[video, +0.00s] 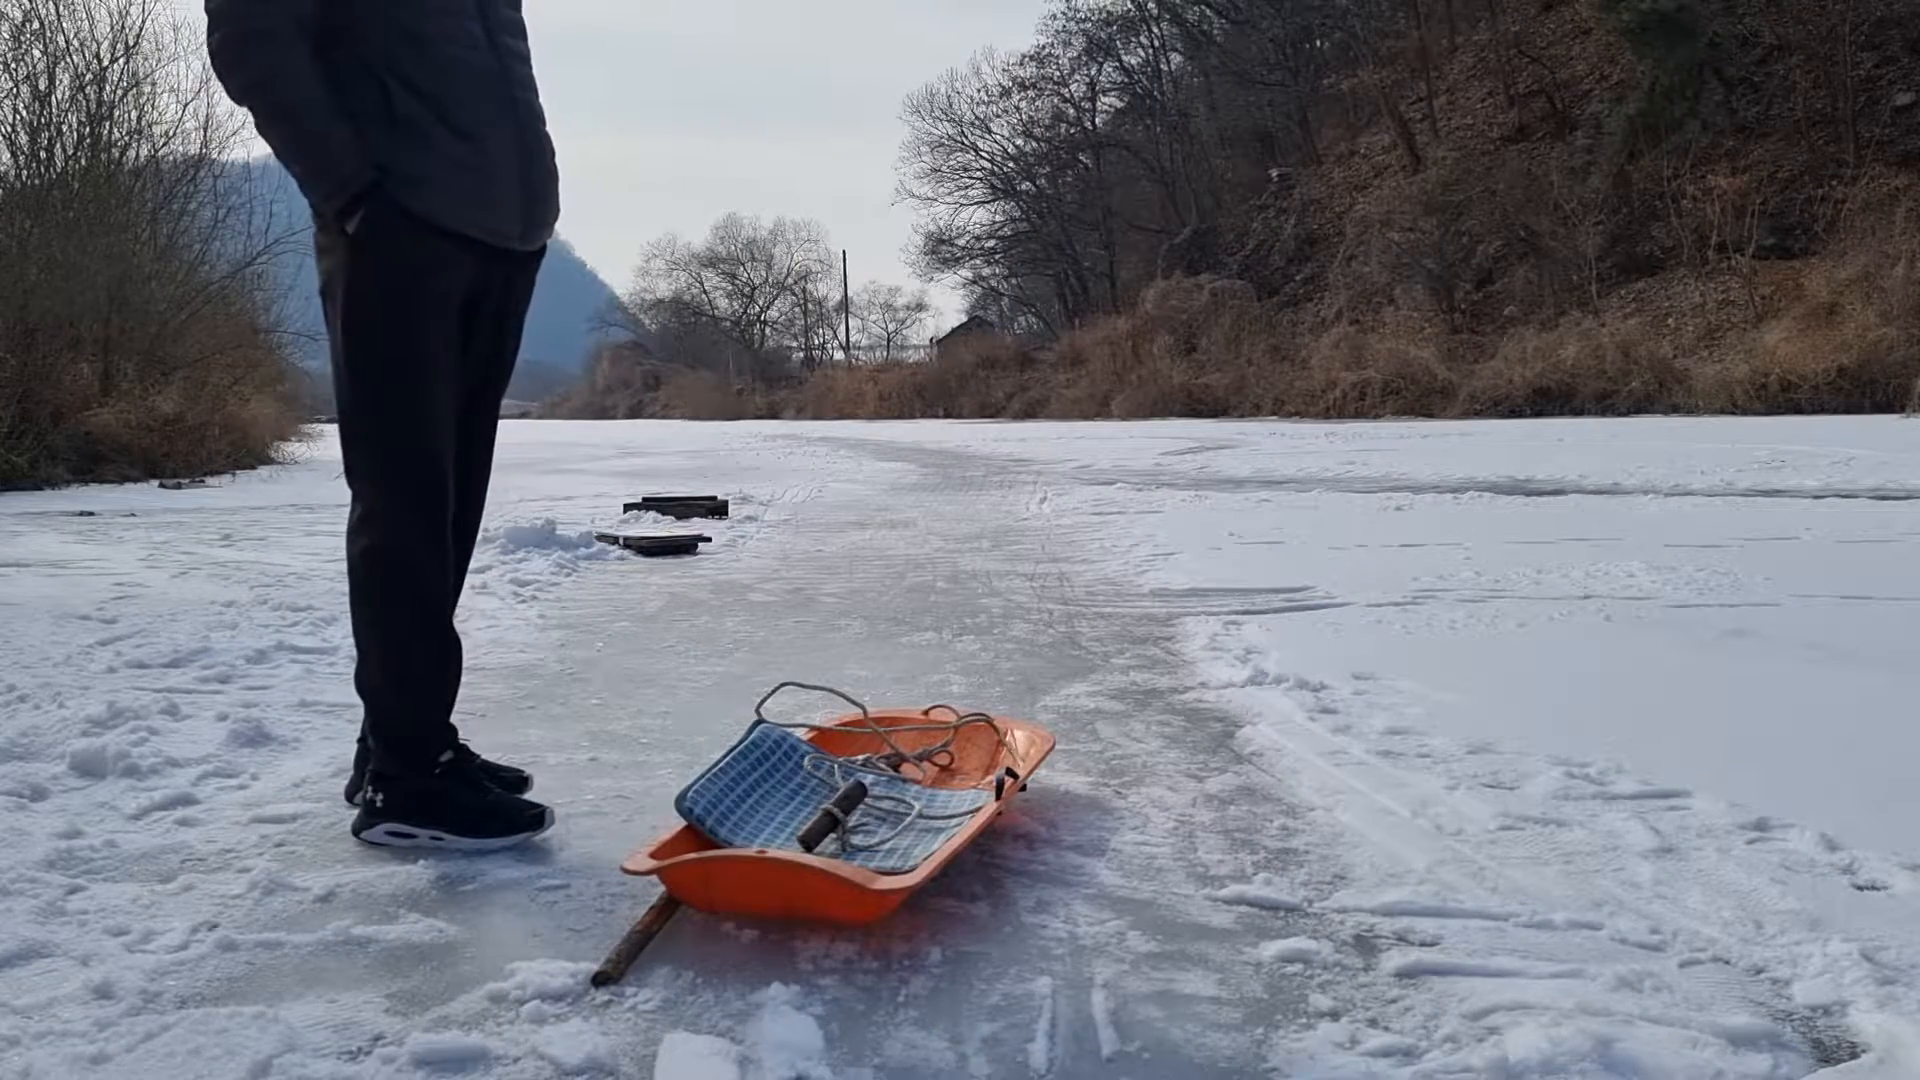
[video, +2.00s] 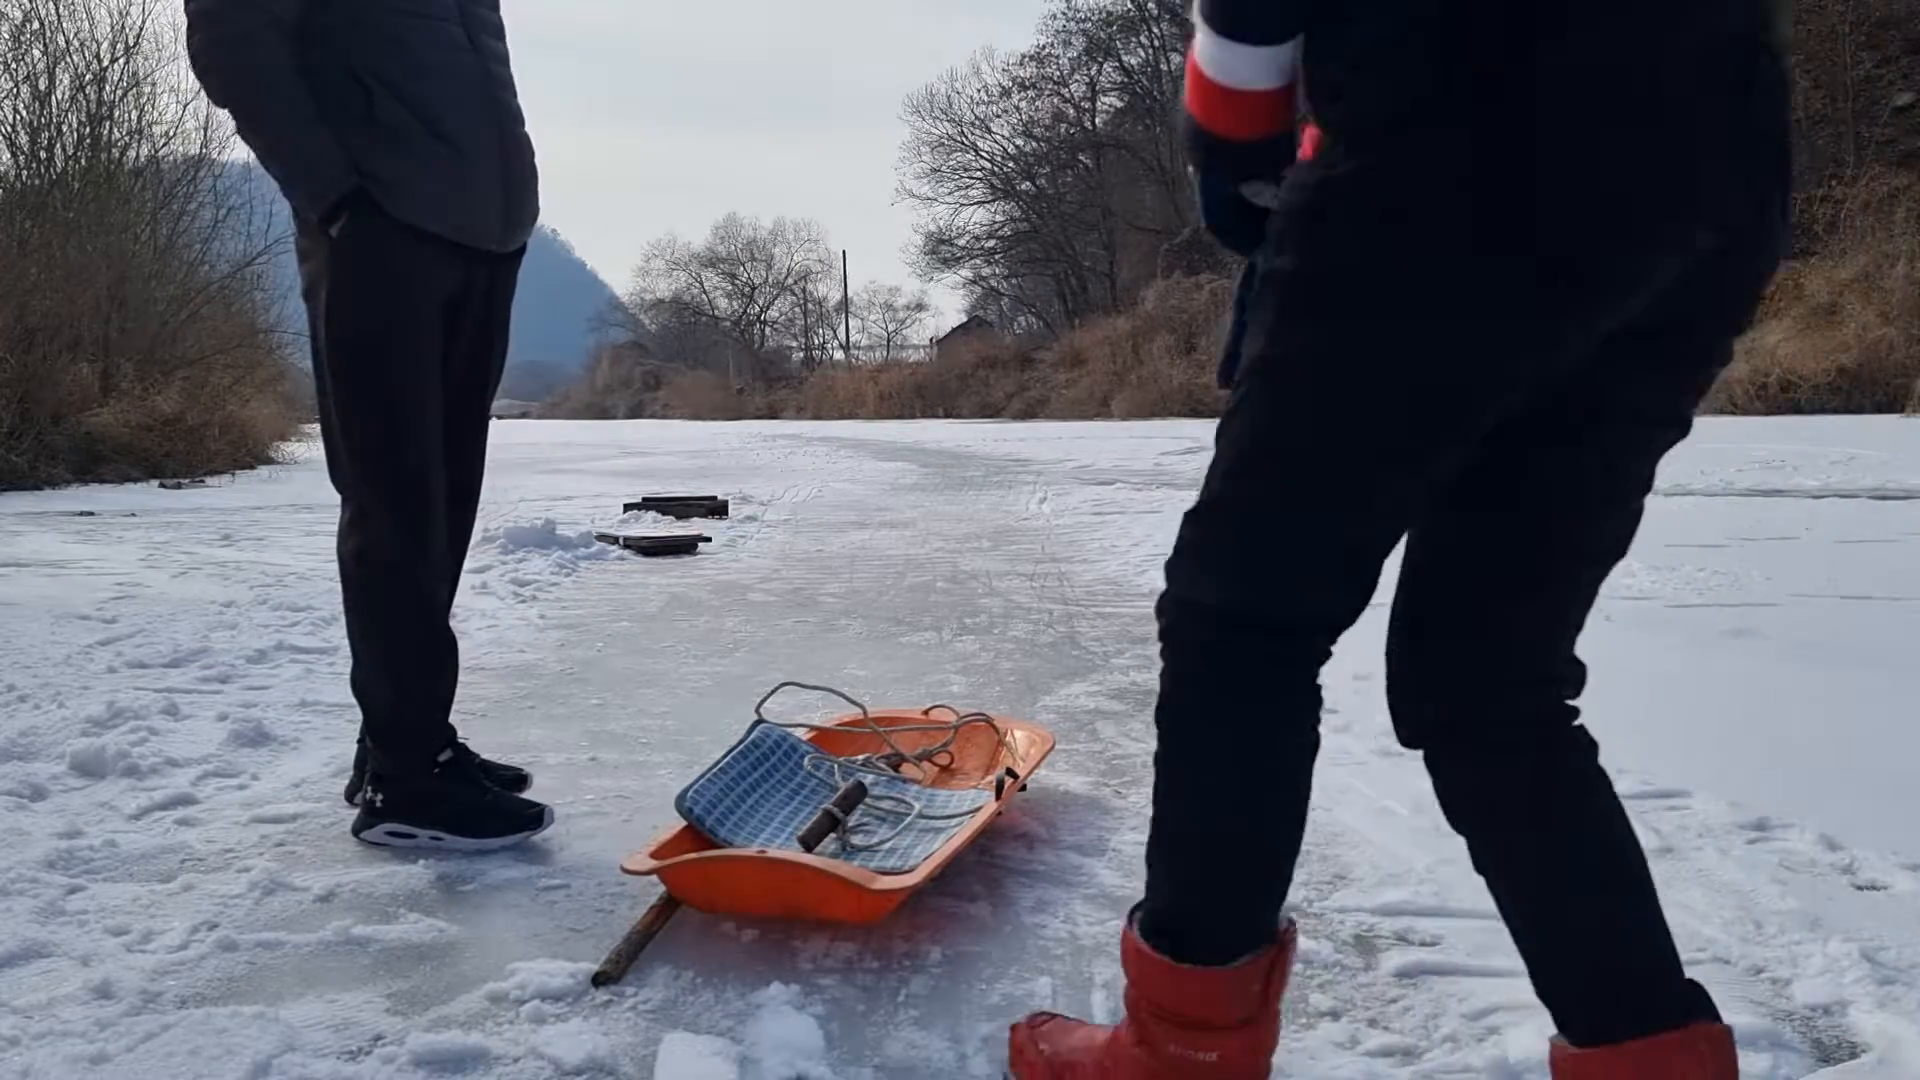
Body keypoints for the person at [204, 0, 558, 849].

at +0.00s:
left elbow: (497, 39)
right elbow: (247, 33)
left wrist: (526, 179)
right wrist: (347, 191)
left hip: (502, 221)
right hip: (396, 212)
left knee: (449, 499)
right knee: (403, 499)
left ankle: (414, 748)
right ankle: (405, 773)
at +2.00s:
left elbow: (476, 35)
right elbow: (227, 33)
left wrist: (506, 182)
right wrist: (334, 197)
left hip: (483, 222)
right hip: (378, 218)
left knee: (444, 501)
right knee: (394, 502)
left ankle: (413, 747)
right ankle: (402, 776)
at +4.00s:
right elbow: (271, 31)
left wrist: (516, 193)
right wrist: (383, 192)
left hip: (487, 224)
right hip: (407, 216)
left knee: (446, 497)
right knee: (404, 496)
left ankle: (416, 747)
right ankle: (400, 771)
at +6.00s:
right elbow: (269, 33)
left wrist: (515, 202)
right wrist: (387, 199)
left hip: (485, 235)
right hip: (410, 224)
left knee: (445, 502)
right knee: (404, 501)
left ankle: (416, 745)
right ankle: (400, 770)